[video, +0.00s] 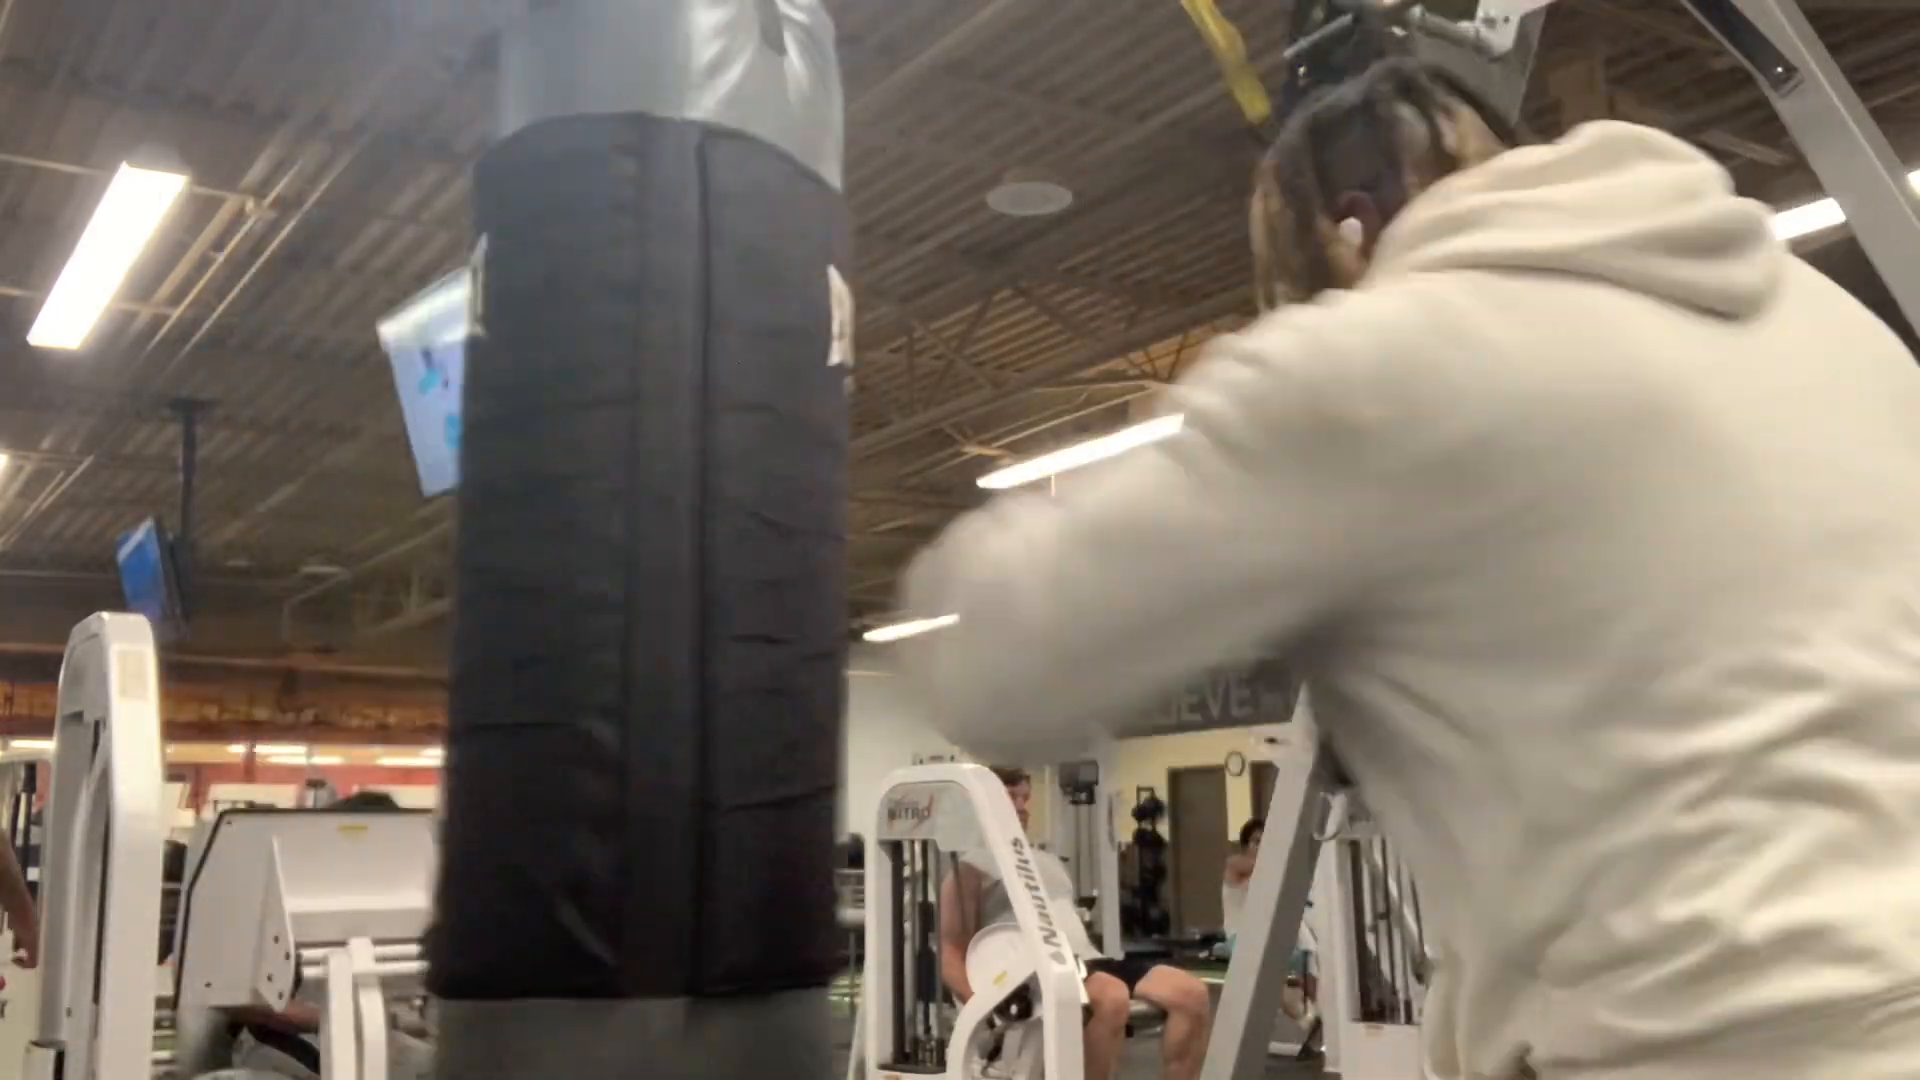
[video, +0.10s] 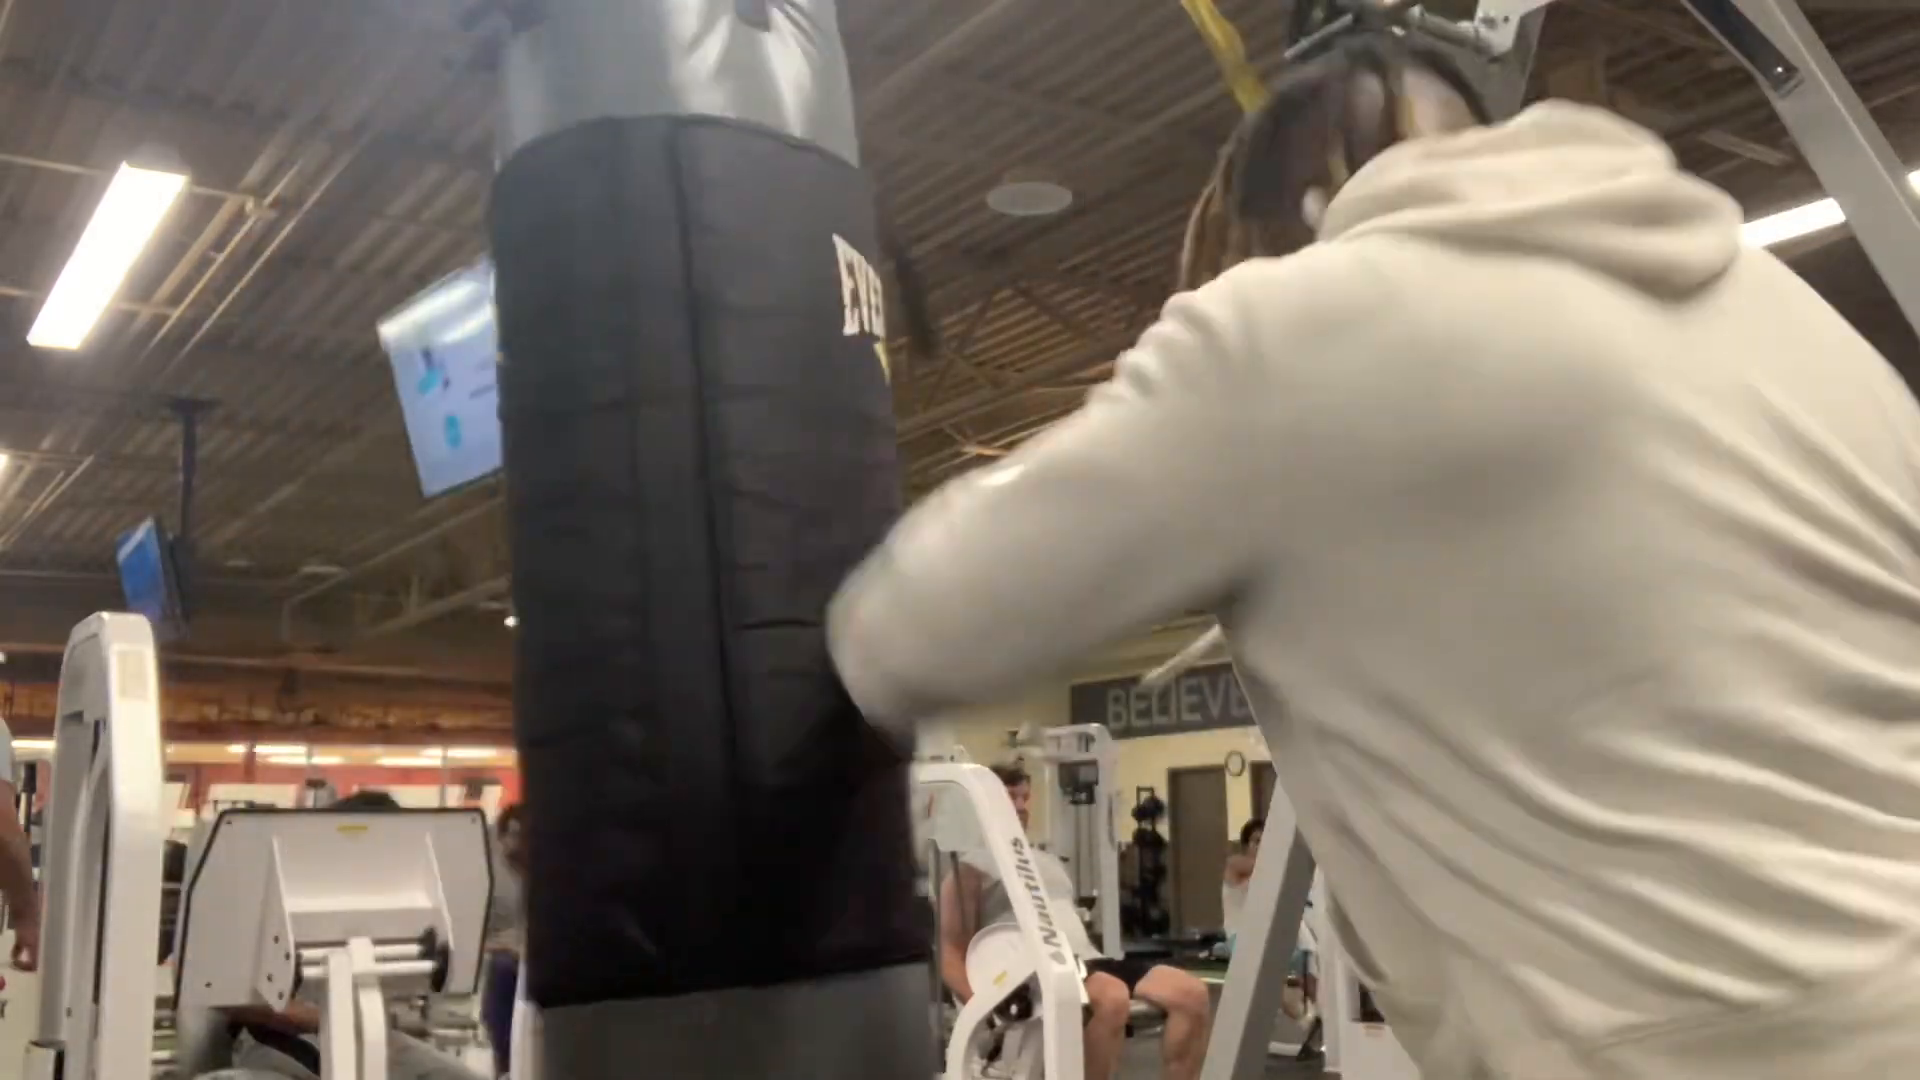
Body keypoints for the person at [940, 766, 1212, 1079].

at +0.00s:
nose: (1021, 807)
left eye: (1025, 798)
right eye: (1010, 798)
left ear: (1030, 803)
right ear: (988, 803)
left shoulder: (1037, 861)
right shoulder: (966, 874)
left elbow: (1059, 926)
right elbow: (952, 963)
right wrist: (988, 1008)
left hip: (1075, 961)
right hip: (1020, 973)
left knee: (1192, 993)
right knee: (1113, 997)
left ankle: (1180, 1074)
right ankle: (1094, 1075)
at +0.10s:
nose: (1020, 806)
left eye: (1024, 798)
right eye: (1010, 798)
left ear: (1030, 802)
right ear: (988, 803)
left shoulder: (1038, 860)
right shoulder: (966, 874)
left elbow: (1058, 925)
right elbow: (952, 960)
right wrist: (985, 1006)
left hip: (1075, 961)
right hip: (1020, 973)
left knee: (1191, 994)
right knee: (1112, 996)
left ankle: (1180, 1075)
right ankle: (1096, 1075)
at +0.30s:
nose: (1020, 805)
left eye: (1024, 797)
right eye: (1012, 797)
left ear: (1031, 801)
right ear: (994, 801)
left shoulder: (1042, 858)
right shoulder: (989, 858)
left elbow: (1065, 909)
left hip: (1084, 957)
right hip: (1042, 966)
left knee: (1191, 994)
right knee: (1112, 998)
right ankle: (1099, 1073)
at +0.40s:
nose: (1023, 806)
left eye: (1026, 798)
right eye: (1016, 799)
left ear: (1031, 801)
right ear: (999, 804)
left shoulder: (1041, 856)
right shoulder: (994, 857)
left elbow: (1064, 907)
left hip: (1085, 956)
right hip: (1044, 965)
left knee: (1192, 994)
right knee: (1112, 1000)